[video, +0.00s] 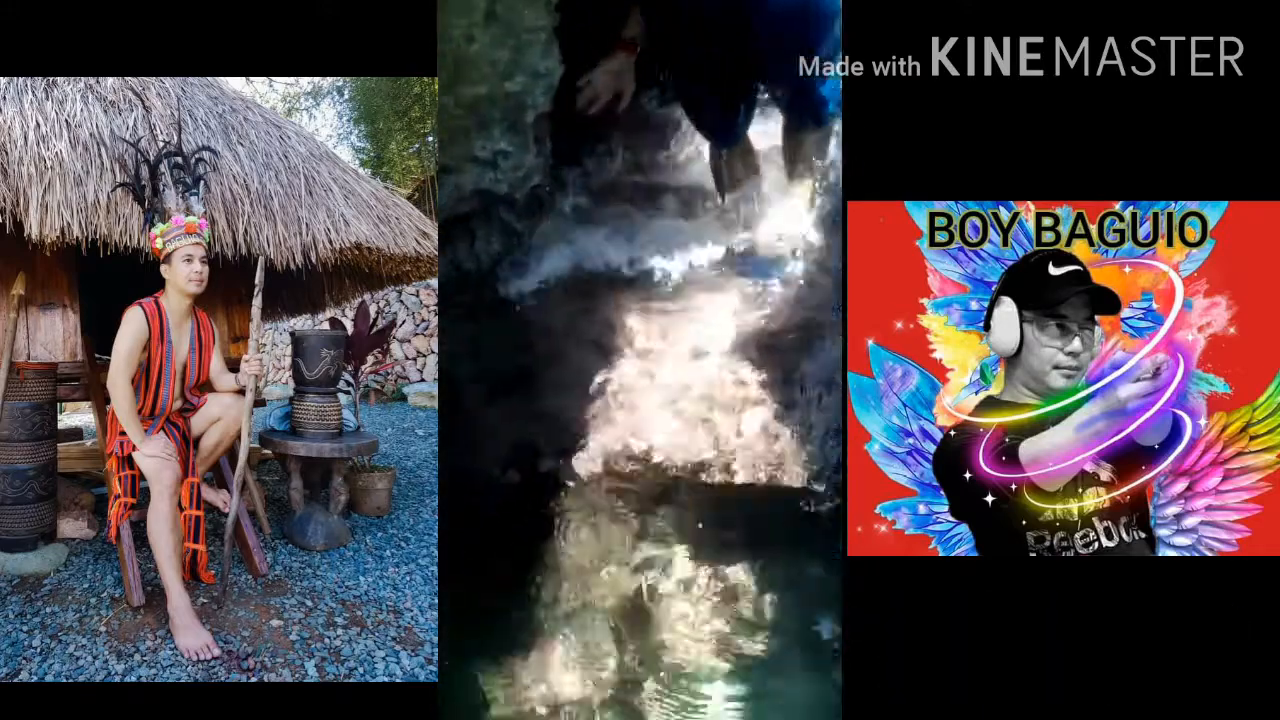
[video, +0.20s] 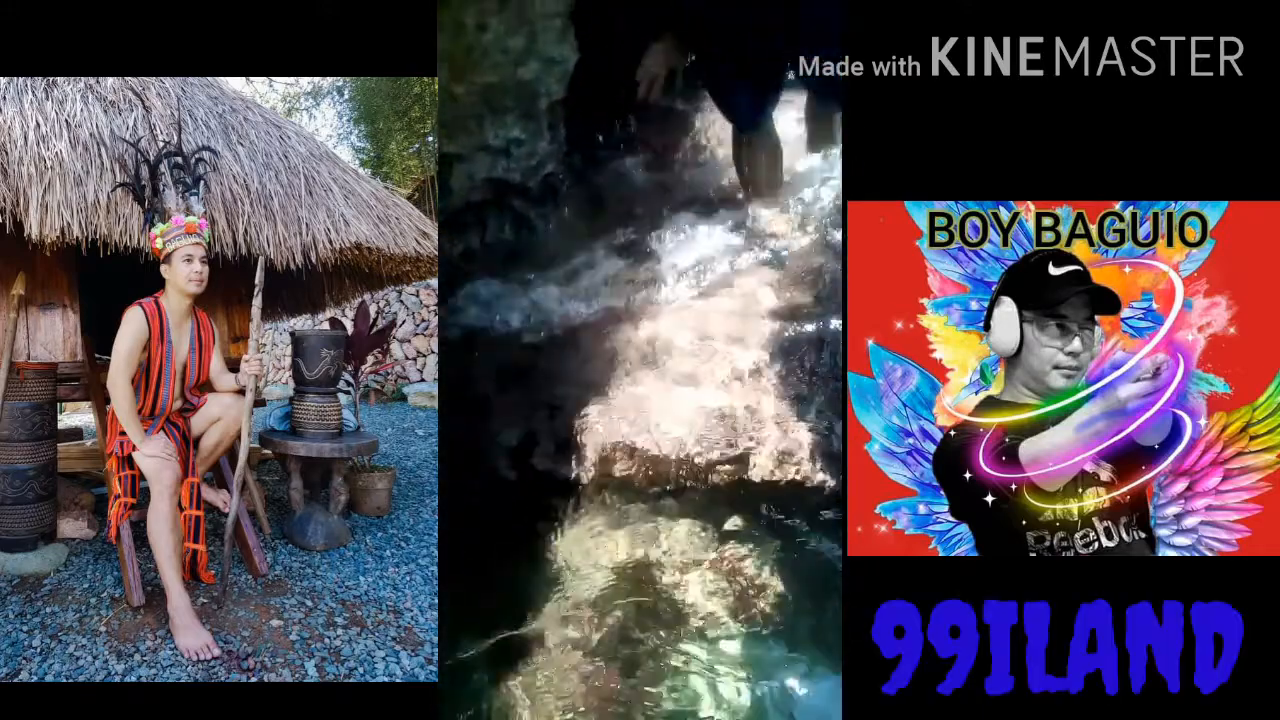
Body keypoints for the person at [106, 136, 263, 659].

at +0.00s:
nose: (198, 269)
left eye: (203, 260)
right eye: (187, 261)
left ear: (207, 266)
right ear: (164, 267)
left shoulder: (205, 322)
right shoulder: (142, 316)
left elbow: (220, 380)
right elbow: (117, 380)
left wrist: (242, 380)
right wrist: (138, 440)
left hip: (181, 419)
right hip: (141, 425)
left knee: (237, 407)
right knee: (169, 476)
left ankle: (191, 478)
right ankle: (179, 605)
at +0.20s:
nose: (198, 268)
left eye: (203, 260)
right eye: (187, 261)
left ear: (207, 266)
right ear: (164, 267)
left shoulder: (206, 323)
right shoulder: (142, 316)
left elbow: (221, 382)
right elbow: (117, 380)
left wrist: (244, 380)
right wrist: (138, 439)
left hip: (180, 420)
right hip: (140, 425)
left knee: (238, 407)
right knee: (169, 476)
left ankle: (191, 478)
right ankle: (179, 607)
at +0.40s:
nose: (198, 268)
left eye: (203, 260)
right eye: (187, 260)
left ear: (208, 267)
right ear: (165, 267)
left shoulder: (206, 324)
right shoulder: (142, 316)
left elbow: (220, 382)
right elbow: (117, 380)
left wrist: (243, 380)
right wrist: (138, 440)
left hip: (180, 419)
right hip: (140, 424)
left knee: (237, 407)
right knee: (169, 477)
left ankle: (191, 478)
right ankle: (179, 606)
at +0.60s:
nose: (198, 269)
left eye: (203, 260)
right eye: (187, 261)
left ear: (207, 266)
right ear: (164, 267)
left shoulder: (206, 323)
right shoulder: (142, 316)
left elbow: (220, 381)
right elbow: (117, 380)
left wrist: (243, 380)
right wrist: (138, 440)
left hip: (181, 419)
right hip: (140, 424)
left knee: (237, 407)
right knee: (169, 476)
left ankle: (191, 479)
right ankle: (179, 605)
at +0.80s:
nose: (198, 268)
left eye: (203, 260)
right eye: (187, 260)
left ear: (208, 267)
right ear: (165, 267)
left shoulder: (206, 324)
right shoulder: (142, 316)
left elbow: (220, 381)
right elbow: (117, 380)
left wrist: (243, 381)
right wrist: (138, 440)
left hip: (180, 419)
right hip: (140, 424)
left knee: (236, 407)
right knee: (169, 476)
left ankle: (191, 478)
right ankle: (179, 605)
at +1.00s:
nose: (198, 268)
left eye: (203, 260)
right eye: (187, 260)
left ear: (208, 267)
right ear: (165, 267)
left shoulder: (206, 324)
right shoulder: (142, 316)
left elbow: (220, 381)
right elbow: (117, 380)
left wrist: (243, 381)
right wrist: (138, 440)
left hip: (180, 419)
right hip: (140, 424)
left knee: (236, 407)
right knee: (169, 476)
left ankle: (191, 478)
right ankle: (179, 605)